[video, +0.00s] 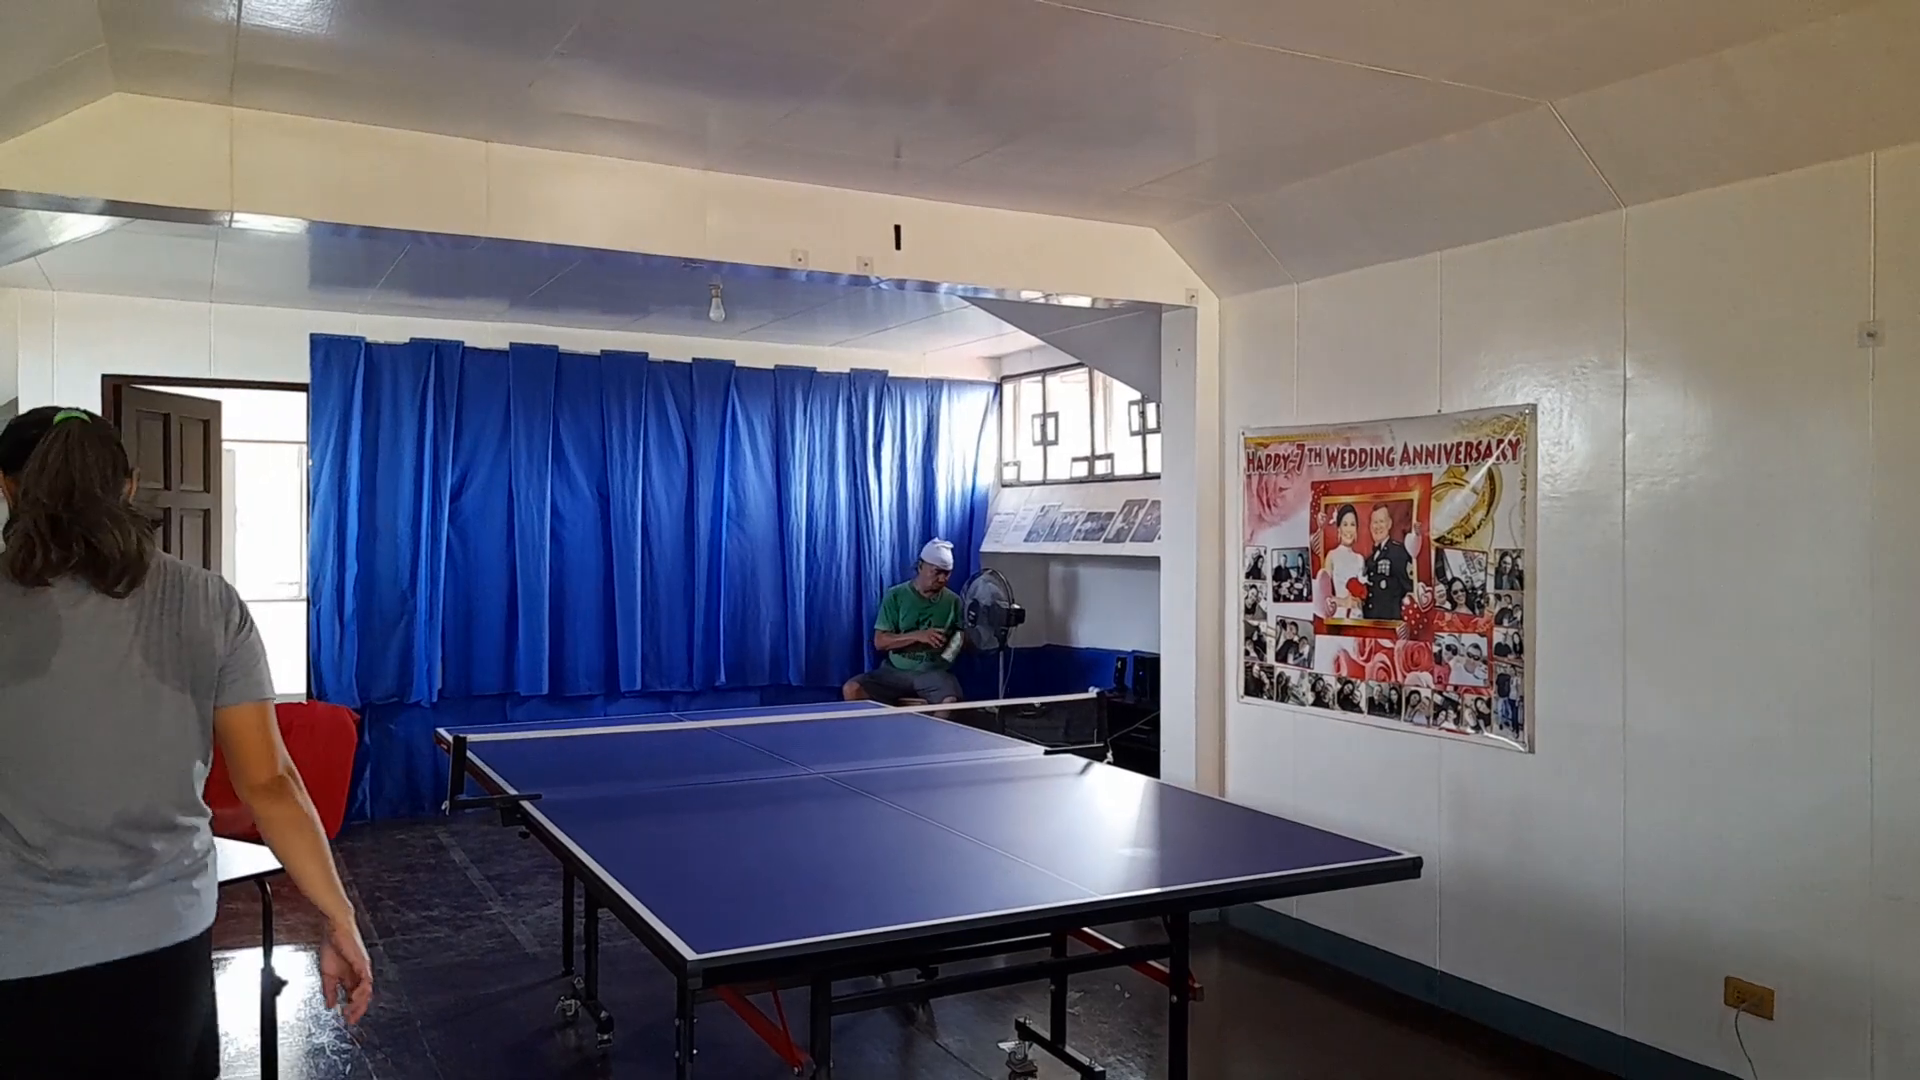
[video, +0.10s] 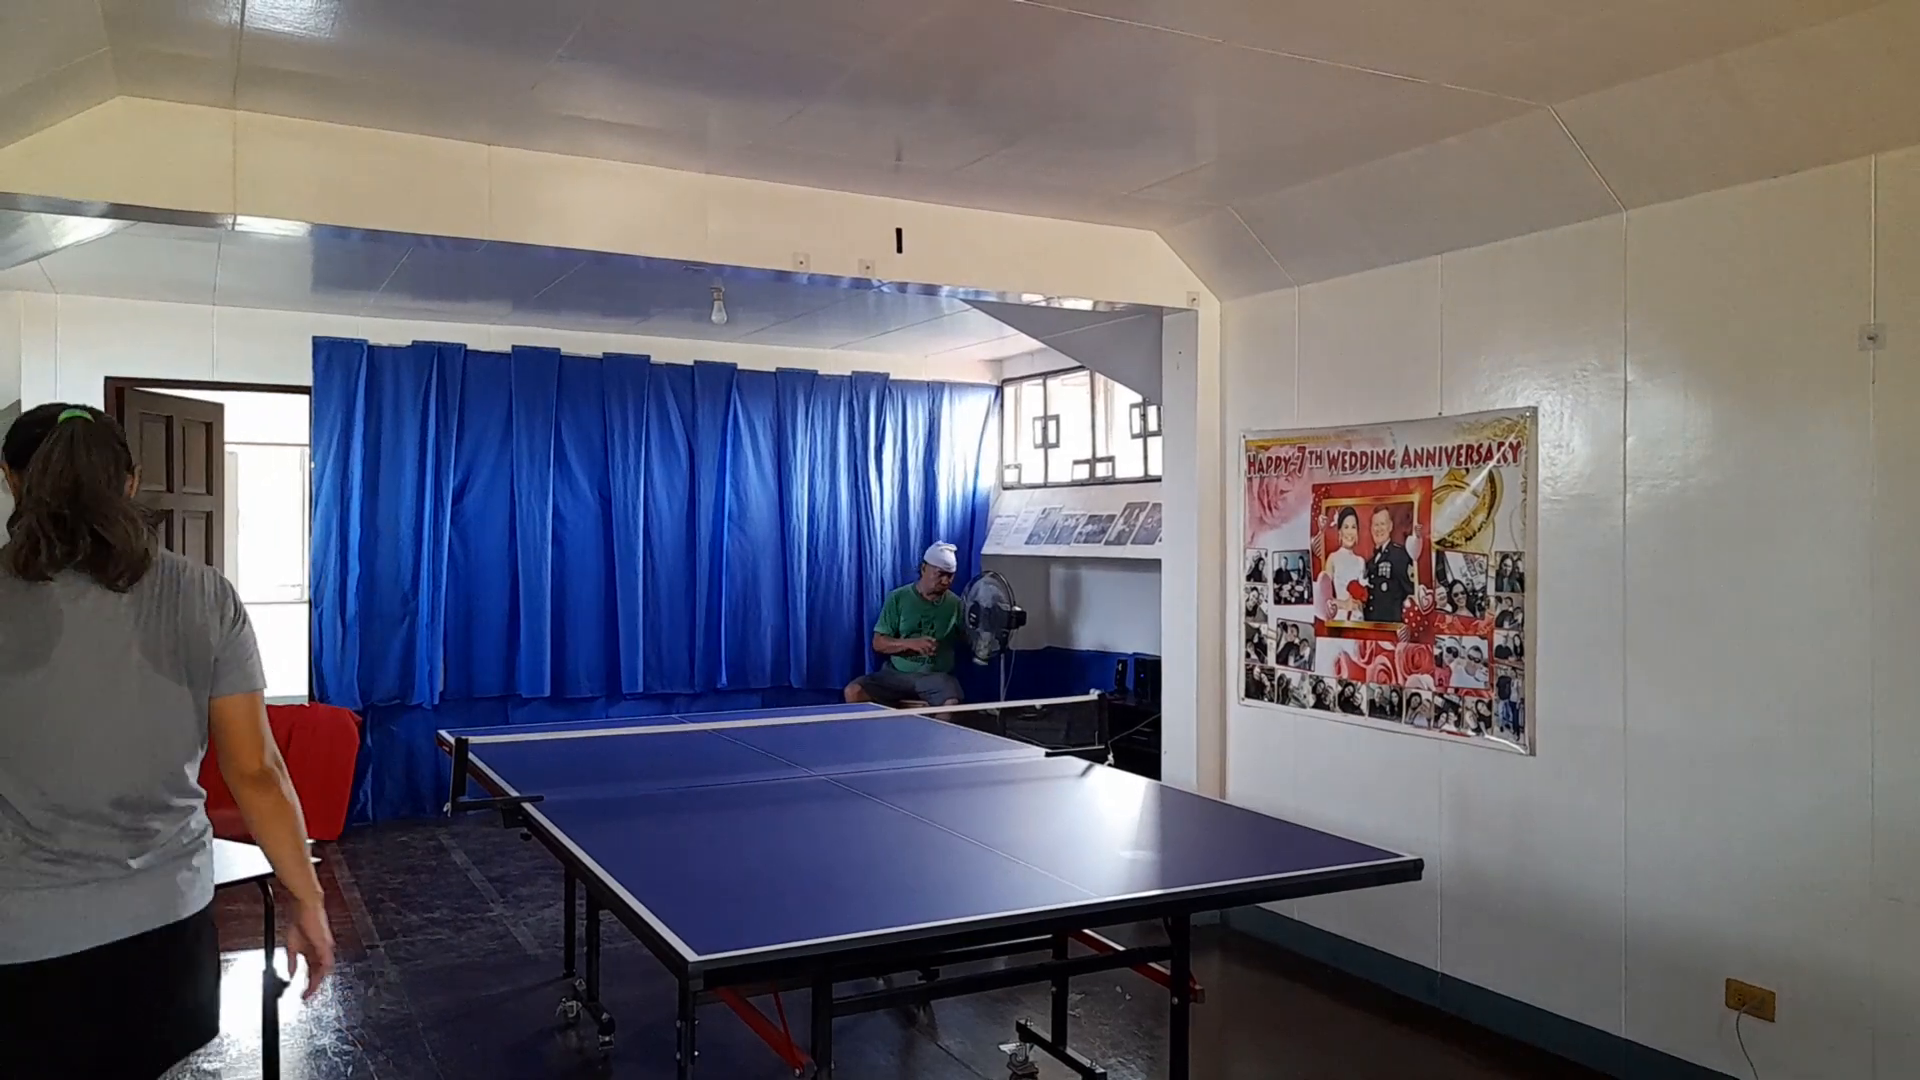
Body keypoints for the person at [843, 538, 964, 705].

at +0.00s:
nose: (942, 579)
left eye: (946, 573)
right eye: (937, 572)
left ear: (951, 572)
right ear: (920, 567)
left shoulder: (953, 602)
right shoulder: (894, 595)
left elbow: (959, 637)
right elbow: (880, 641)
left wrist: (956, 642)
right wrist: (918, 636)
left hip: (933, 672)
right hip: (895, 670)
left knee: (949, 703)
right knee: (852, 689)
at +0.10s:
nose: (945, 581)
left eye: (950, 576)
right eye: (940, 574)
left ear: (954, 576)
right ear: (923, 569)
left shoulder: (956, 605)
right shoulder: (897, 598)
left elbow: (970, 639)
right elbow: (879, 643)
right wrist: (910, 644)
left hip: (935, 676)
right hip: (896, 673)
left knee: (951, 704)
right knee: (853, 692)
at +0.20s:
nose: (946, 580)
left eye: (951, 575)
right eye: (941, 573)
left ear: (955, 575)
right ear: (924, 567)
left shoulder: (956, 603)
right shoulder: (897, 596)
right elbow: (876, 639)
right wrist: (897, 649)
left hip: (934, 675)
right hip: (895, 672)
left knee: (951, 702)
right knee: (853, 690)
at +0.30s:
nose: (946, 581)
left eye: (951, 576)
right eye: (941, 574)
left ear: (956, 576)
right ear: (925, 568)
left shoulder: (958, 604)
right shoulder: (899, 596)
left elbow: (982, 638)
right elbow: (875, 637)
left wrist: (1015, 633)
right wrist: (886, 654)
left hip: (935, 674)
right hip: (898, 670)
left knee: (950, 703)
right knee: (852, 689)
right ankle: (869, 744)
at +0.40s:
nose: (948, 585)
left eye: (953, 580)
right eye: (943, 578)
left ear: (958, 578)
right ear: (927, 572)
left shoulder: (961, 605)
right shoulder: (902, 598)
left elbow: (988, 638)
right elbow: (876, 633)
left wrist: (1030, 634)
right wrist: (880, 659)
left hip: (940, 675)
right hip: (902, 672)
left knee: (950, 705)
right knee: (854, 691)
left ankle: (938, 756)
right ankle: (873, 746)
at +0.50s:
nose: (949, 583)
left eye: (954, 578)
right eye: (944, 577)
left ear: (958, 577)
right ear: (927, 571)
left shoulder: (960, 604)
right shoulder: (901, 596)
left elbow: (996, 633)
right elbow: (875, 631)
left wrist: (1039, 637)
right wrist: (874, 659)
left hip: (937, 676)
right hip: (900, 672)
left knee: (951, 704)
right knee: (853, 689)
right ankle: (876, 740)